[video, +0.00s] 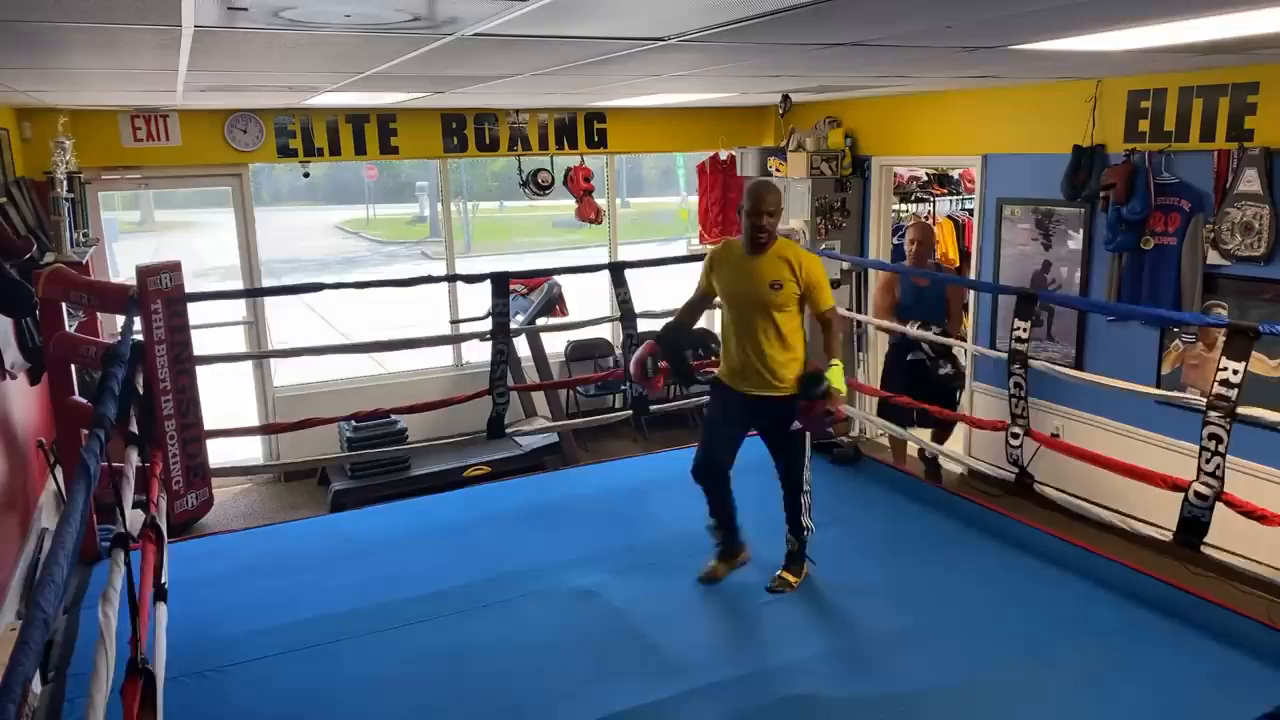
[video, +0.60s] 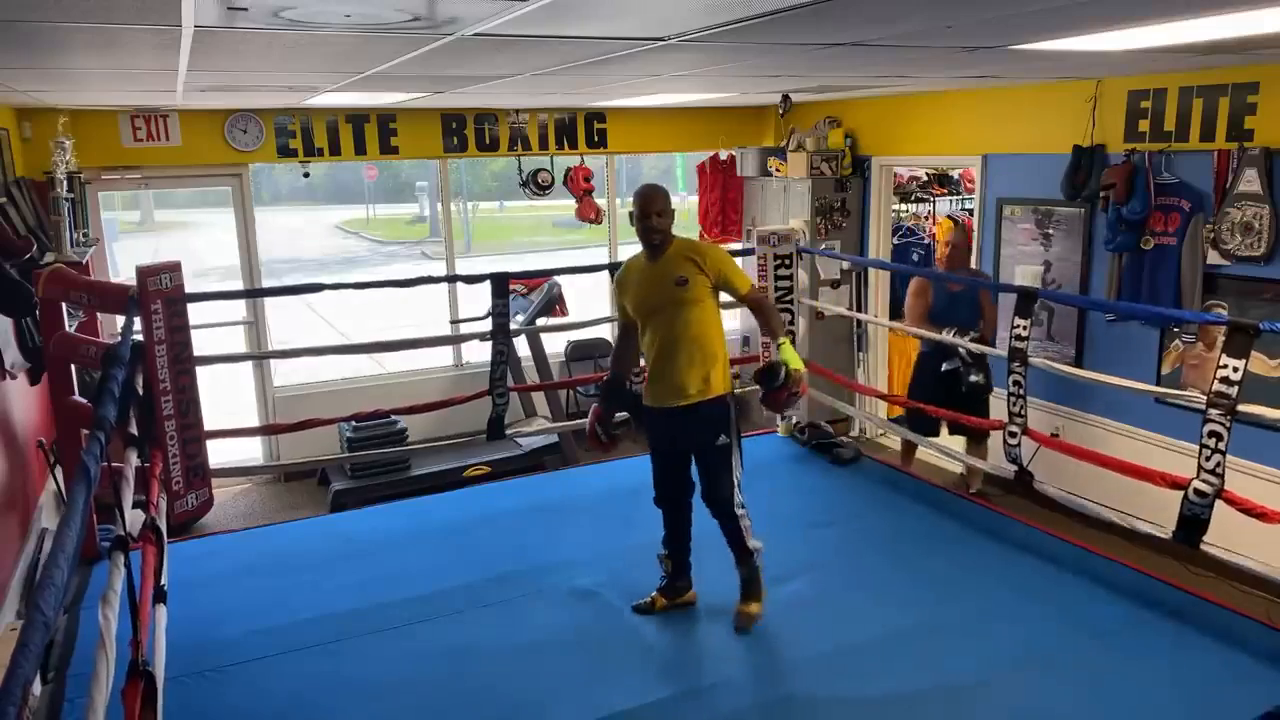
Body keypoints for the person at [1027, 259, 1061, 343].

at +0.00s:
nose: (1049, 270)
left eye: (1049, 268)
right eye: (1048, 268)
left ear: (1045, 267)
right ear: (1044, 267)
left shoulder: (1043, 277)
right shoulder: (1038, 276)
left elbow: (1044, 290)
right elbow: (1042, 289)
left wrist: (1056, 288)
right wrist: (1050, 283)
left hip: (1039, 299)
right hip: (1034, 300)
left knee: (1051, 309)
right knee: (1051, 309)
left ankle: (1049, 334)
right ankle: (1048, 334)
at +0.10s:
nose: (1049, 270)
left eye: (1050, 268)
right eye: (1048, 268)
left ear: (1044, 267)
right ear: (1045, 267)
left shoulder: (1043, 277)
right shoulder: (1039, 276)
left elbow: (1044, 289)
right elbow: (1043, 289)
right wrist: (1051, 283)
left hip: (1036, 298)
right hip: (1033, 299)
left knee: (1051, 309)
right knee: (1050, 309)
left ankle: (1049, 334)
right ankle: (1049, 334)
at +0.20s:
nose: (1049, 270)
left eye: (1050, 268)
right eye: (1048, 268)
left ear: (1046, 267)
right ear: (1044, 267)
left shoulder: (1044, 277)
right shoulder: (1038, 275)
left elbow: (1044, 290)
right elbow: (1042, 289)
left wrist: (1056, 288)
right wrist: (1051, 283)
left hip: (1037, 299)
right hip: (1031, 299)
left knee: (1051, 309)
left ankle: (1049, 334)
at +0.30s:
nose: (1049, 270)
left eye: (1050, 268)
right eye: (1048, 268)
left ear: (1045, 267)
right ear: (1044, 267)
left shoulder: (1043, 277)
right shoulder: (1039, 276)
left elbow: (1044, 290)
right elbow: (1042, 289)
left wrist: (1056, 289)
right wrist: (1051, 283)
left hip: (1038, 299)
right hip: (1034, 300)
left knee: (1051, 309)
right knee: (1050, 309)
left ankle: (1049, 334)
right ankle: (1049, 334)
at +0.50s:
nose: (1049, 270)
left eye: (1050, 268)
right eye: (1049, 268)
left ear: (1045, 267)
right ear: (1045, 267)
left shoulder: (1041, 276)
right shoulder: (1041, 277)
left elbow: (1043, 288)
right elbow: (1043, 289)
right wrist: (1051, 283)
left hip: (1039, 298)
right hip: (1038, 299)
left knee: (1051, 309)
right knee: (1051, 309)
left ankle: (1049, 334)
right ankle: (1049, 334)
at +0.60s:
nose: (1049, 270)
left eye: (1050, 268)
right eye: (1049, 268)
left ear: (1043, 267)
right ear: (1045, 267)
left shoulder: (1039, 275)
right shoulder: (1041, 275)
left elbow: (1044, 287)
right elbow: (1044, 288)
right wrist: (1053, 285)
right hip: (1037, 299)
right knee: (1051, 309)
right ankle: (1049, 334)